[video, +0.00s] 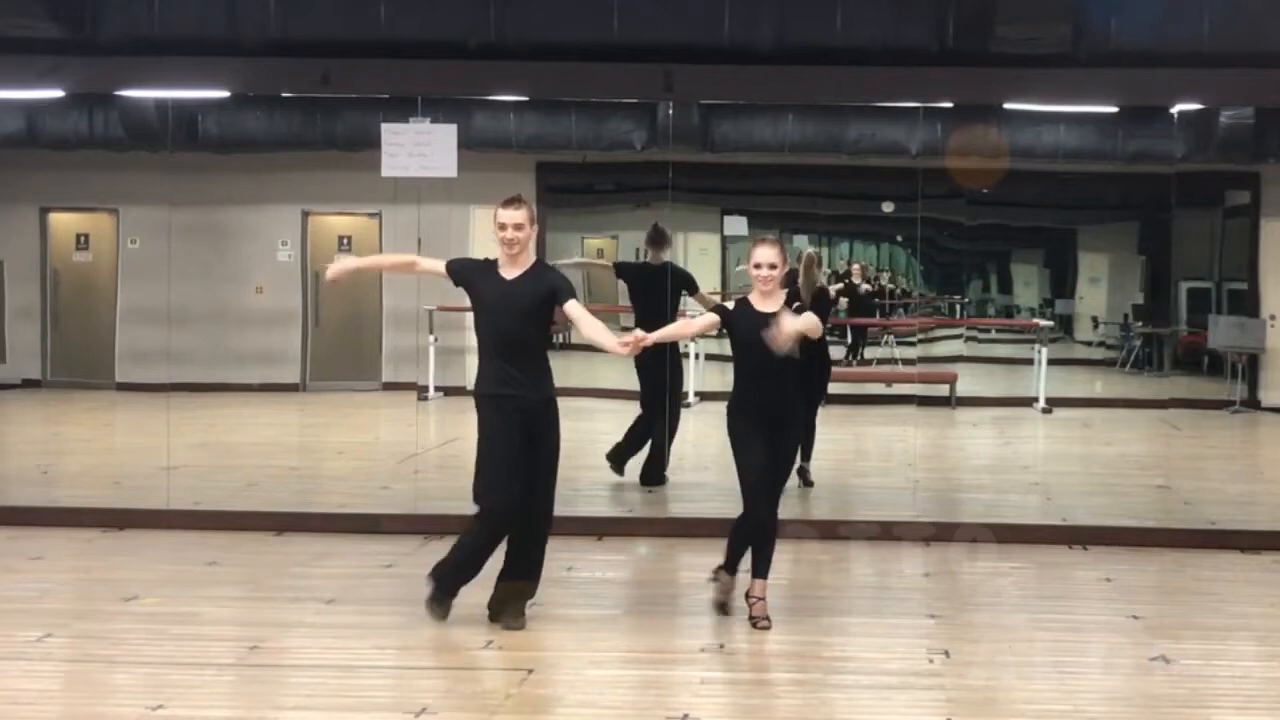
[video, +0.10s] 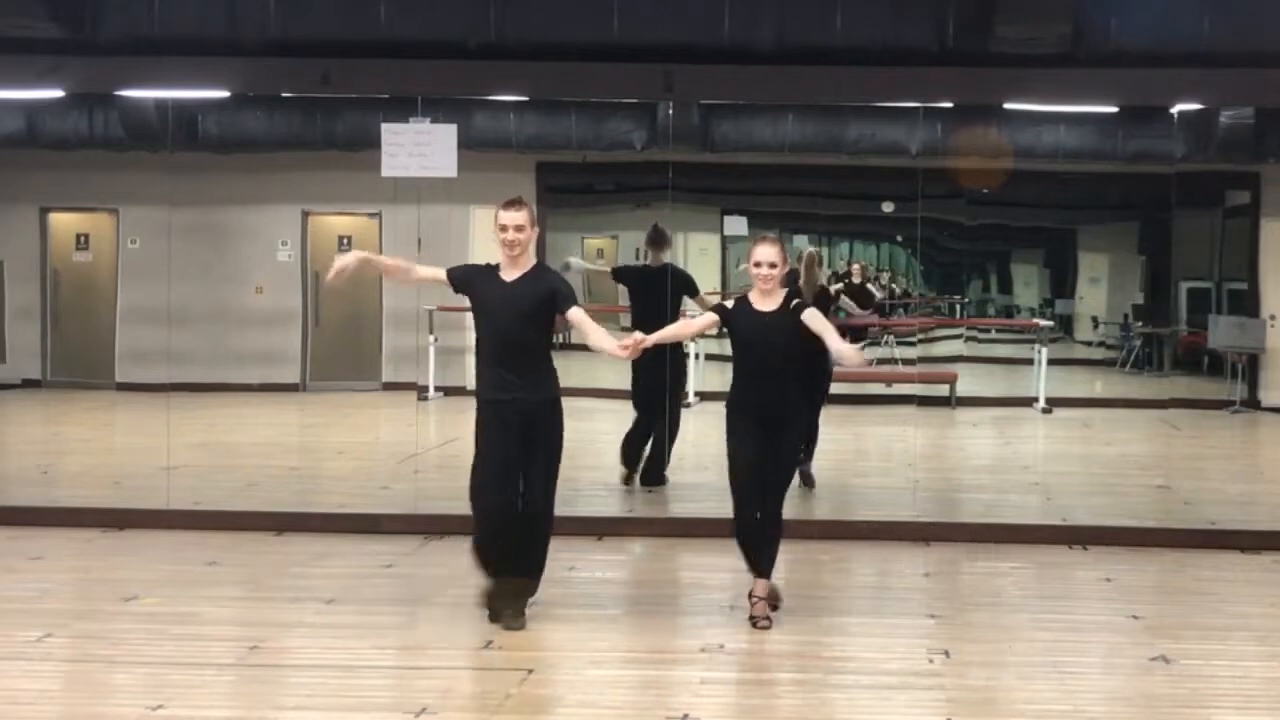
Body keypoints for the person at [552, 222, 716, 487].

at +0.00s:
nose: (661, 250)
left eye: (654, 246)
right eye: (664, 245)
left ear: (646, 246)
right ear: (669, 246)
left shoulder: (633, 270)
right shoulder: (678, 274)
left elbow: (595, 264)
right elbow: (706, 302)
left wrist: (565, 264)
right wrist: (725, 308)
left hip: (642, 350)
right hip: (668, 350)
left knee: (650, 409)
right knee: (668, 412)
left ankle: (620, 455)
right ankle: (653, 474)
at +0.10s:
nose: (660, 250)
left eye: (655, 246)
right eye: (664, 246)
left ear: (646, 246)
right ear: (669, 246)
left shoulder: (633, 274)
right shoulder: (679, 276)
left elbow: (602, 270)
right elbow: (705, 304)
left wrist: (579, 265)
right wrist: (722, 309)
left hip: (643, 353)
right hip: (672, 353)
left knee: (646, 412)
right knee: (668, 414)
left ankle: (629, 460)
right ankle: (653, 475)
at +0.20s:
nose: (656, 252)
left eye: (650, 247)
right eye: (661, 246)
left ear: (646, 248)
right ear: (668, 248)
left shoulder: (635, 278)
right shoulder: (680, 278)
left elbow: (604, 288)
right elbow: (703, 307)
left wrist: (594, 267)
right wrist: (717, 302)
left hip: (642, 357)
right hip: (670, 356)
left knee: (646, 417)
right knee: (665, 415)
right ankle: (658, 476)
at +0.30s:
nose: (658, 252)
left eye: (653, 247)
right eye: (664, 248)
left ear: (646, 249)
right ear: (669, 249)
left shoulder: (634, 280)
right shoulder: (679, 279)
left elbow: (622, 284)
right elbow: (703, 314)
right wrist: (696, 325)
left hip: (643, 350)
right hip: (669, 351)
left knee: (652, 407)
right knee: (638, 401)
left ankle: (662, 469)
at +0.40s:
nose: (659, 253)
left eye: (653, 247)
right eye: (665, 248)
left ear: (647, 249)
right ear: (670, 249)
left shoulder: (634, 280)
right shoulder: (681, 279)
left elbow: (620, 308)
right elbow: (707, 313)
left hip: (644, 351)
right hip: (668, 351)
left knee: (658, 407)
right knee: (633, 407)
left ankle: (660, 472)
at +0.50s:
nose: (657, 250)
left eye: (652, 245)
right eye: (663, 246)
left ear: (649, 246)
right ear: (670, 247)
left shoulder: (637, 272)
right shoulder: (681, 276)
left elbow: (600, 286)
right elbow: (706, 306)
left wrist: (595, 285)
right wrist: (720, 314)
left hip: (643, 348)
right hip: (671, 349)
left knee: (632, 407)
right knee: (653, 407)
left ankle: (654, 464)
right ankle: (656, 464)